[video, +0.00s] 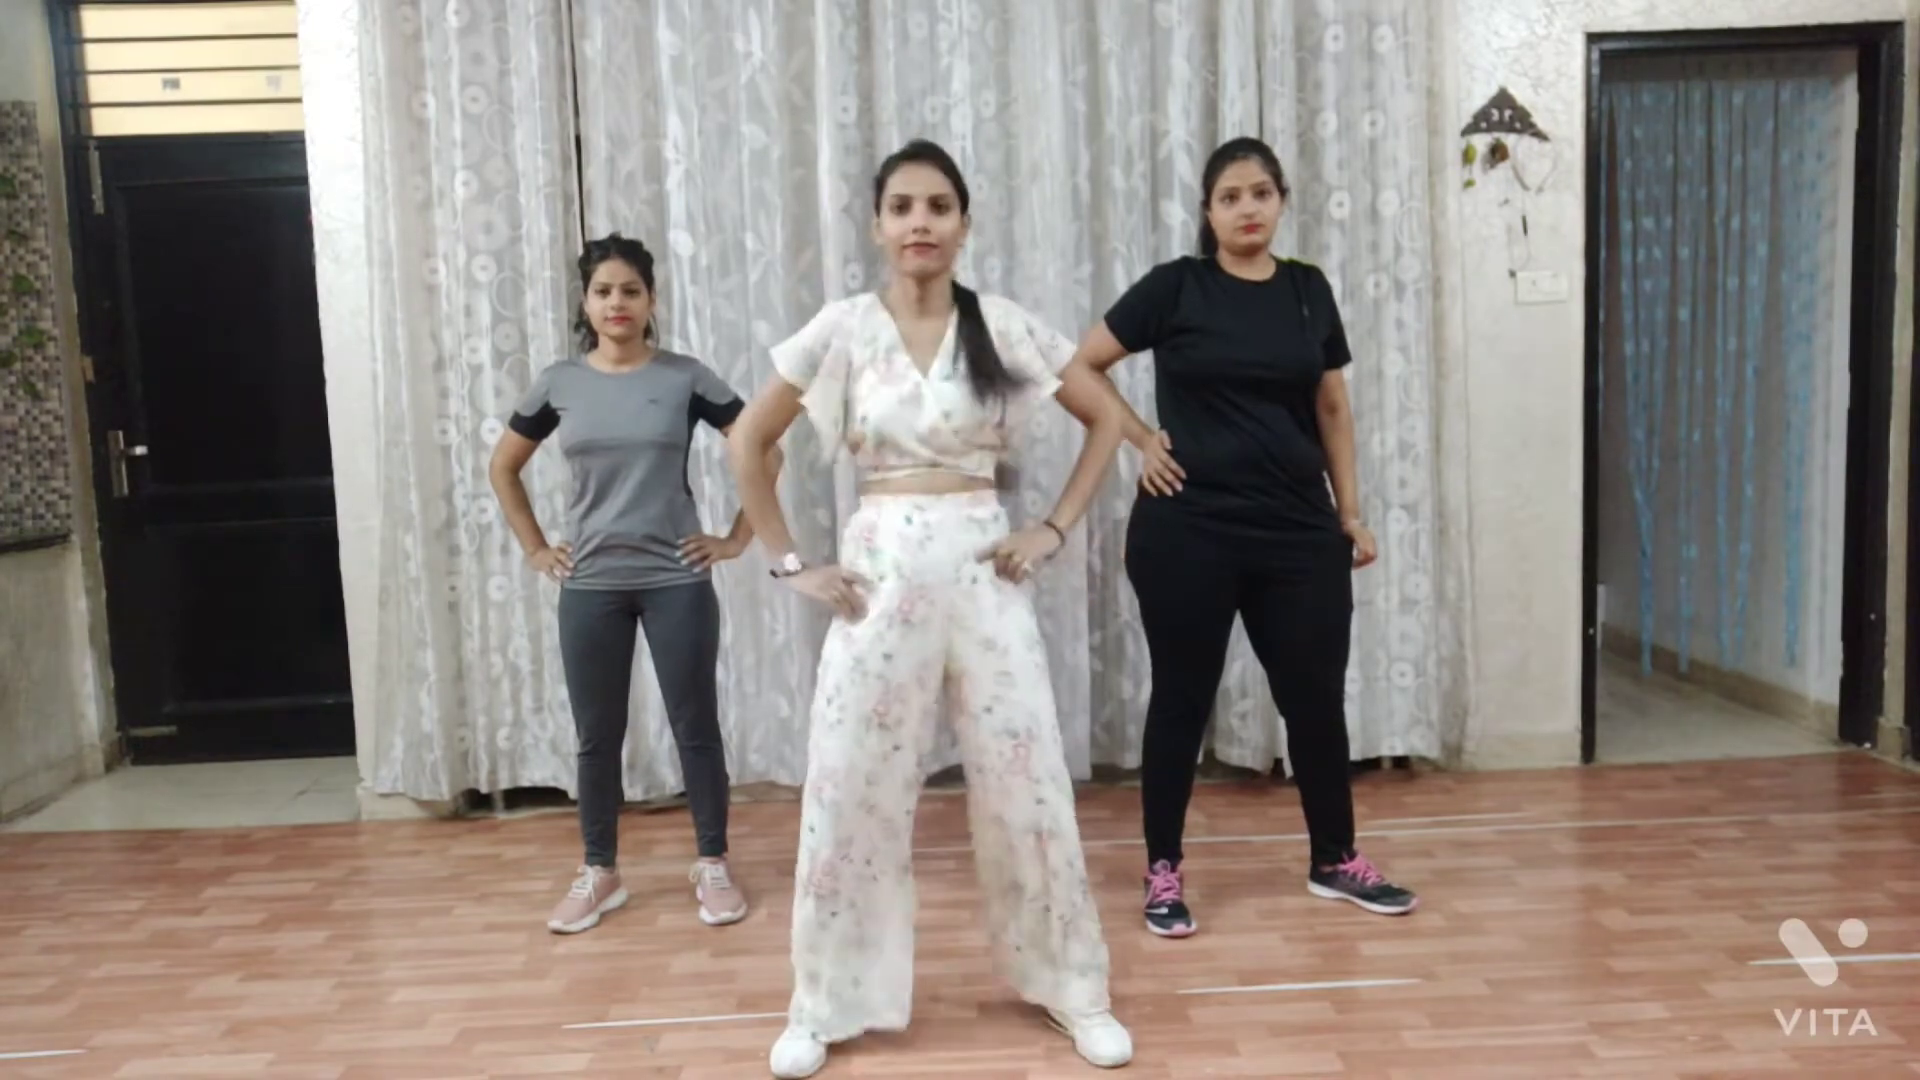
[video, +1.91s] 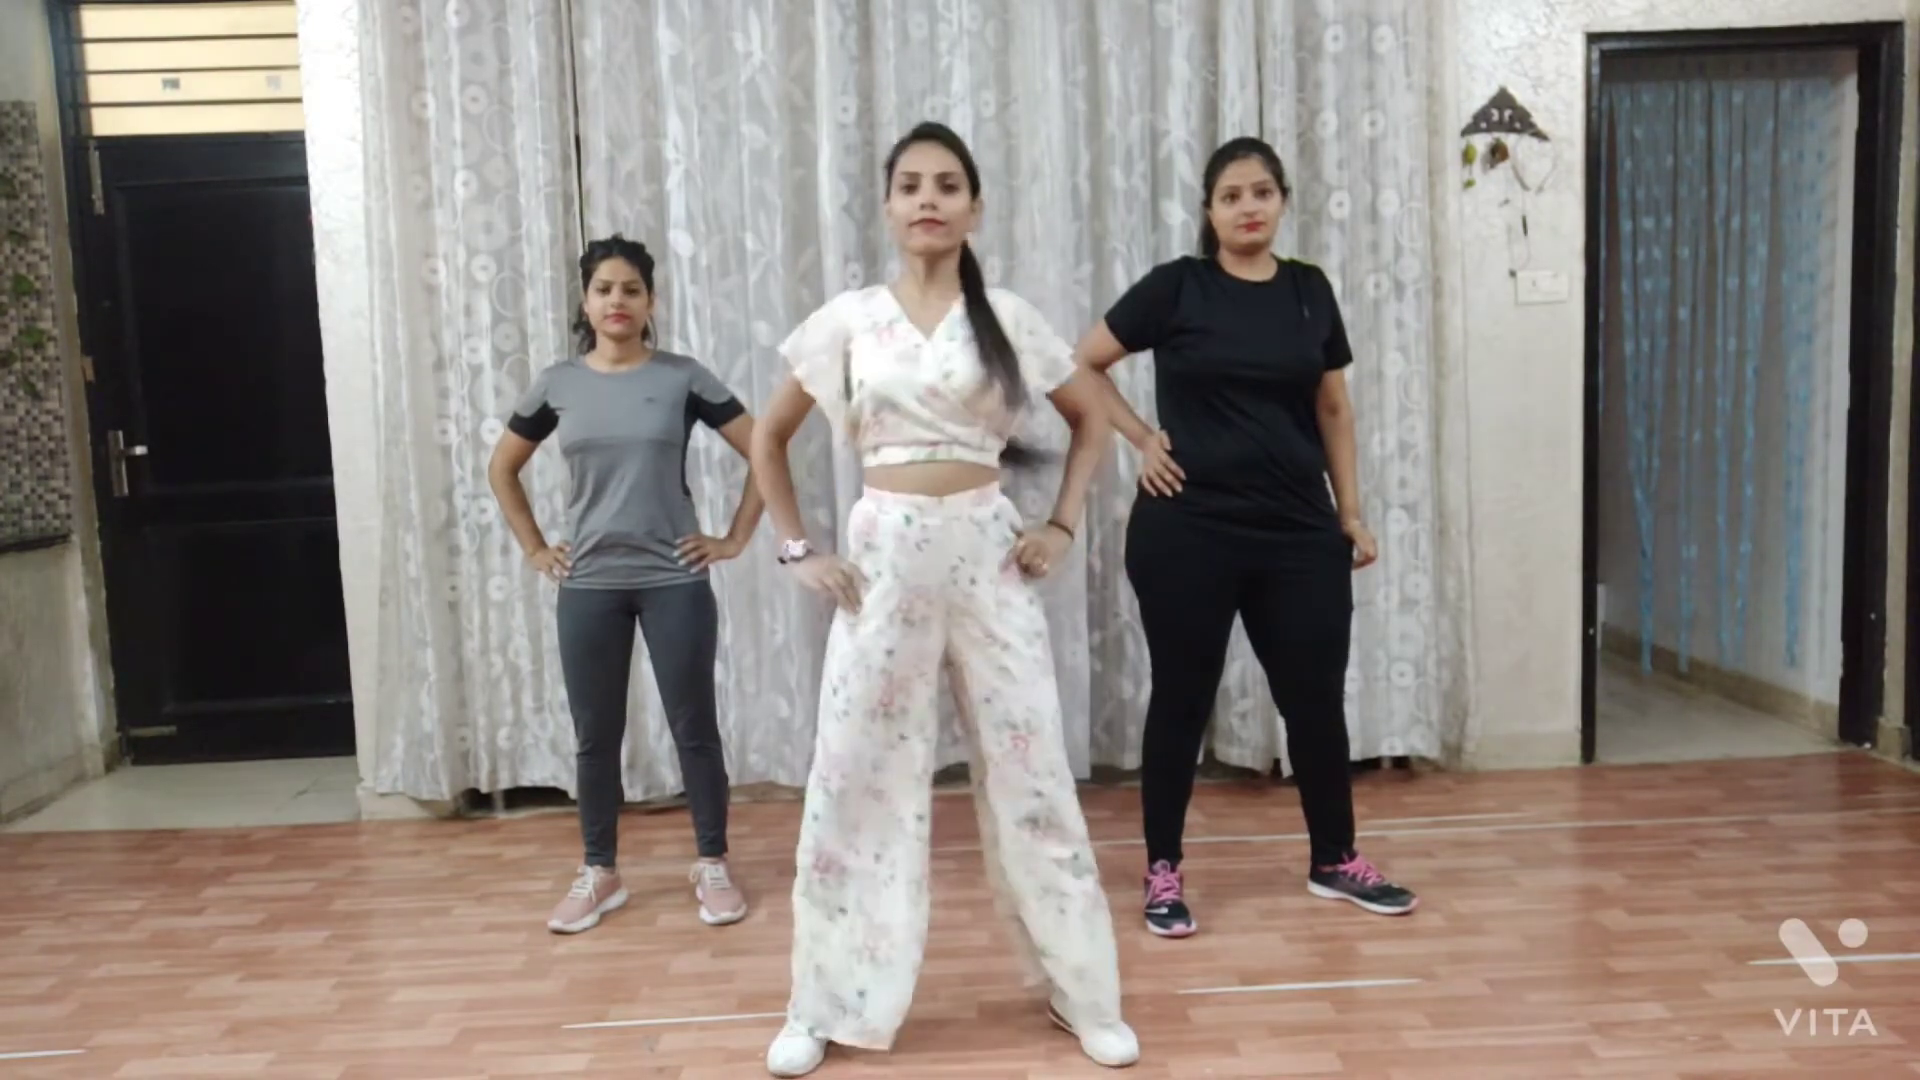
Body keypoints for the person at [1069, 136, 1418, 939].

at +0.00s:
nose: (1248, 209)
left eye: (1262, 194)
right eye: (1231, 196)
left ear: (1282, 203)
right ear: (1208, 208)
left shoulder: (1308, 289)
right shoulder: (1174, 289)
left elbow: (1334, 409)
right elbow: (1076, 371)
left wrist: (1349, 513)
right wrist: (1139, 434)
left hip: (1297, 529)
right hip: (1188, 527)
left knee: (1317, 701)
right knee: (1181, 700)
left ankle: (1336, 860)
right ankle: (1164, 870)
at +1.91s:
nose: (1249, 208)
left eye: (1263, 194)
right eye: (1233, 195)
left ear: (1283, 203)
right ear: (1209, 208)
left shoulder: (1309, 291)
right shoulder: (1174, 290)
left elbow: (1335, 410)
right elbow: (1079, 367)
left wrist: (1349, 513)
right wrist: (1141, 437)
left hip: (1297, 530)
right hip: (1189, 528)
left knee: (1317, 700)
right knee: (1180, 702)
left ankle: (1335, 861)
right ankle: (1164, 871)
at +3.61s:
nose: (1343, 190)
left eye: (1357, 180)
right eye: (1327, 181)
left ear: (1379, 204)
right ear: (1303, 206)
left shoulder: (1394, 298)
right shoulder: (1269, 283)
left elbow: (1420, 402)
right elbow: (1159, 358)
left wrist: (1450, 488)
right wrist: (1131, 462)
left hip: (1357, 527)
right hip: (1252, 522)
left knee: (1340, 695)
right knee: (1190, 689)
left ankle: (1334, 859)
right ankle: (1078, 834)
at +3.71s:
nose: (1361, 200)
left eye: (1374, 190)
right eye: (1344, 191)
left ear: (1392, 212)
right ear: (1317, 213)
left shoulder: (1405, 307)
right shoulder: (1284, 278)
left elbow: (1485, 375)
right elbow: (1176, 314)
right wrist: (1152, 404)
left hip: (1358, 528)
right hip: (1256, 520)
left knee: (1336, 692)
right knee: (1195, 689)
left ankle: (1335, 856)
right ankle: (1079, 836)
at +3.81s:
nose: (1370, 204)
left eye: (1383, 194)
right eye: (1353, 194)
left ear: (1397, 215)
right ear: (1323, 214)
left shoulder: (1412, 306)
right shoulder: (1292, 270)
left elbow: (1511, 335)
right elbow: (1229, 278)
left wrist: (1611, 349)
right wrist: (1241, 331)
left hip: (1357, 527)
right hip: (1260, 517)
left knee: (1335, 691)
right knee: (1195, 687)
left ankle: (1335, 856)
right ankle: (1077, 831)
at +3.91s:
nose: (1374, 209)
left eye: (1386, 198)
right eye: (1357, 198)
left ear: (1399, 215)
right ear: (1325, 216)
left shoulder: (1414, 301)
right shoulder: (1296, 269)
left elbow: (1521, 309)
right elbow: (1270, 255)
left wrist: (1617, 296)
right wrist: (1337, 282)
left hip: (1356, 530)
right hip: (1257, 520)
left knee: (1333, 694)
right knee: (1195, 684)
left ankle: (1335, 857)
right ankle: (1075, 831)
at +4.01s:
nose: (1379, 209)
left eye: (1393, 200)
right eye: (1363, 199)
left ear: (1413, 217)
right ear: (1333, 221)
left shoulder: (1417, 306)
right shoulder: (1311, 282)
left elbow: (1519, 299)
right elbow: (1349, 243)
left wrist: (1522, 224)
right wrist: (1467, 204)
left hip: (1356, 532)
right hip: (1259, 522)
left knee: (1330, 695)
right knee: (1188, 685)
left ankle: (1334, 857)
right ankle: (1069, 831)